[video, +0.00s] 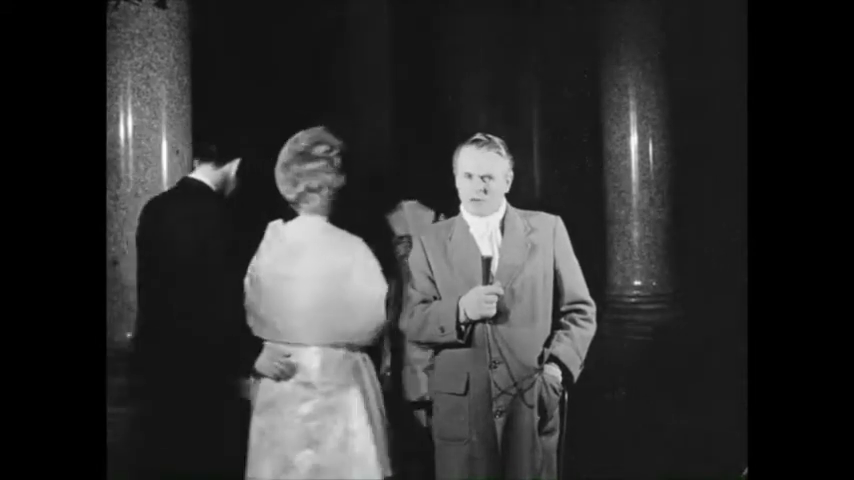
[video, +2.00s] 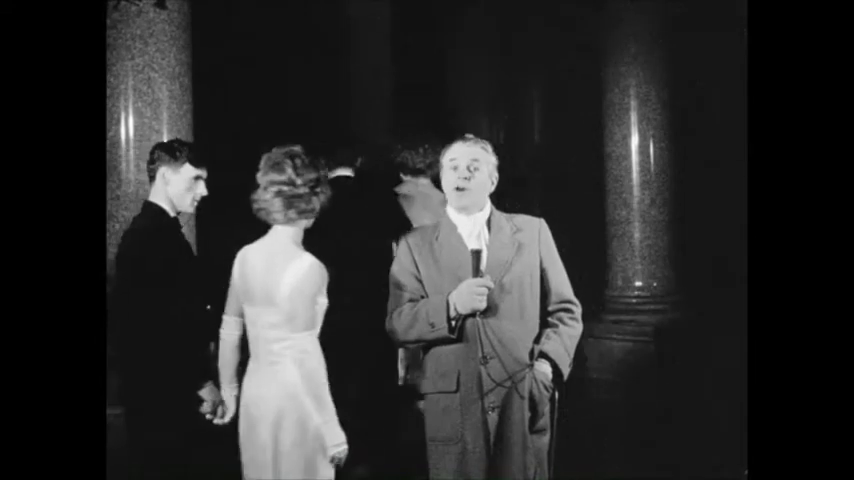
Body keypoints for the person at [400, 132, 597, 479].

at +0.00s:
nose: (477, 187)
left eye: (488, 177)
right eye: (468, 176)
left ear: (508, 181)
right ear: (456, 180)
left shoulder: (547, 230)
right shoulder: (430, 241)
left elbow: (579, 309)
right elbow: (413, 319)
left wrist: (557, 365)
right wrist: (460, 310)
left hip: (530, 396)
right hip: (459, 397)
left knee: (532, 474)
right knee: (460, 474)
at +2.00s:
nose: (462, 172)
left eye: (474, 165)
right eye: (453, 164)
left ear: (493, 180)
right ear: (440, 179)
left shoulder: (532, 232)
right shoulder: (414, 245)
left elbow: (565, 310)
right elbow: (397, 322)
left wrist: (547, 362)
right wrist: (450, 305)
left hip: (520, 401)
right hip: (447, 404)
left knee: (523, 475)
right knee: (451, 474)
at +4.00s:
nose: (488, 173)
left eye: (499, 166)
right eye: (477, 165)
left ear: (512, 181)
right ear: (457, 176)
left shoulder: (544, 234)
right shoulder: (424, 242)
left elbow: (575, 312)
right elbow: (409, 320)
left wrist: (555, 364)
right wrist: (462, 301)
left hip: (528, 396)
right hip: (458, 397)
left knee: (529, 474)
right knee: (459, 474)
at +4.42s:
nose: (485, 175)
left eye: (497, 168)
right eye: (476, 166)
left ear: (513, 181)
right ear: (459, 177)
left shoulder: (547, 233)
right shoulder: (429, 241)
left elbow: (578, 311)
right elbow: (413, 320)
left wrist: (558, 363)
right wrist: (464, 302)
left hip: (532, 398)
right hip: (461, 399)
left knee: (533, 475)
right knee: (465, 474)